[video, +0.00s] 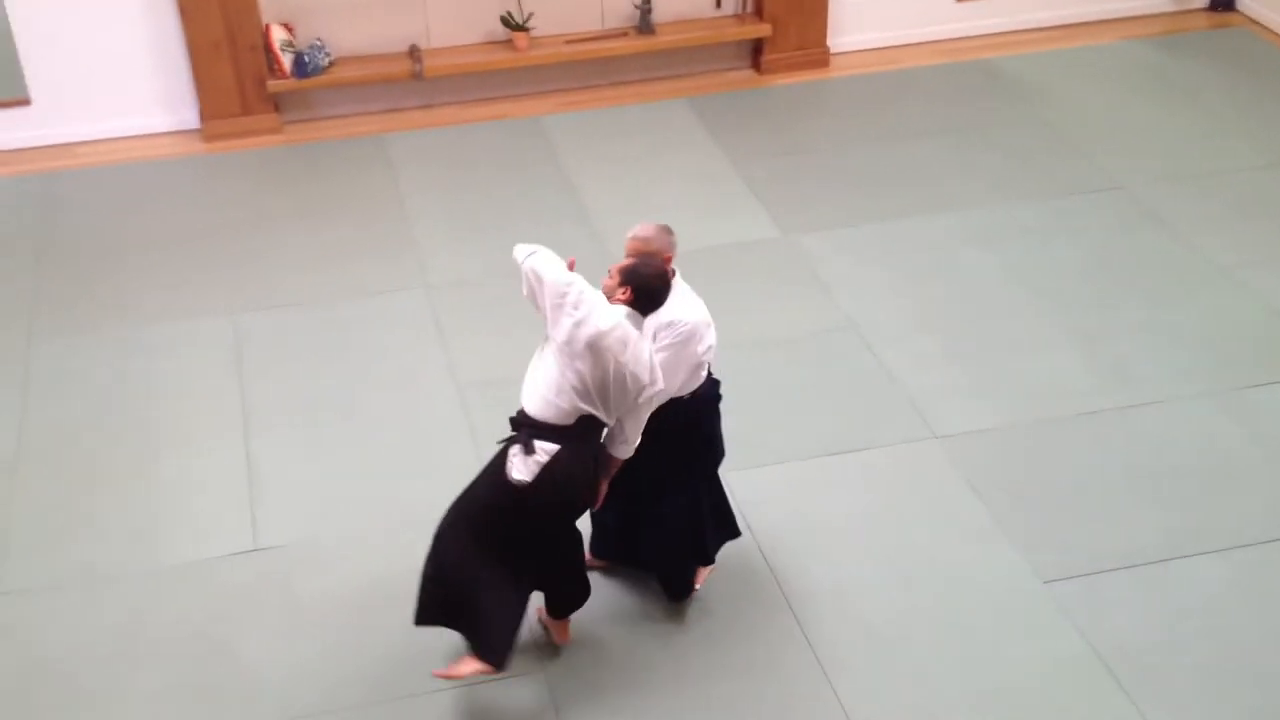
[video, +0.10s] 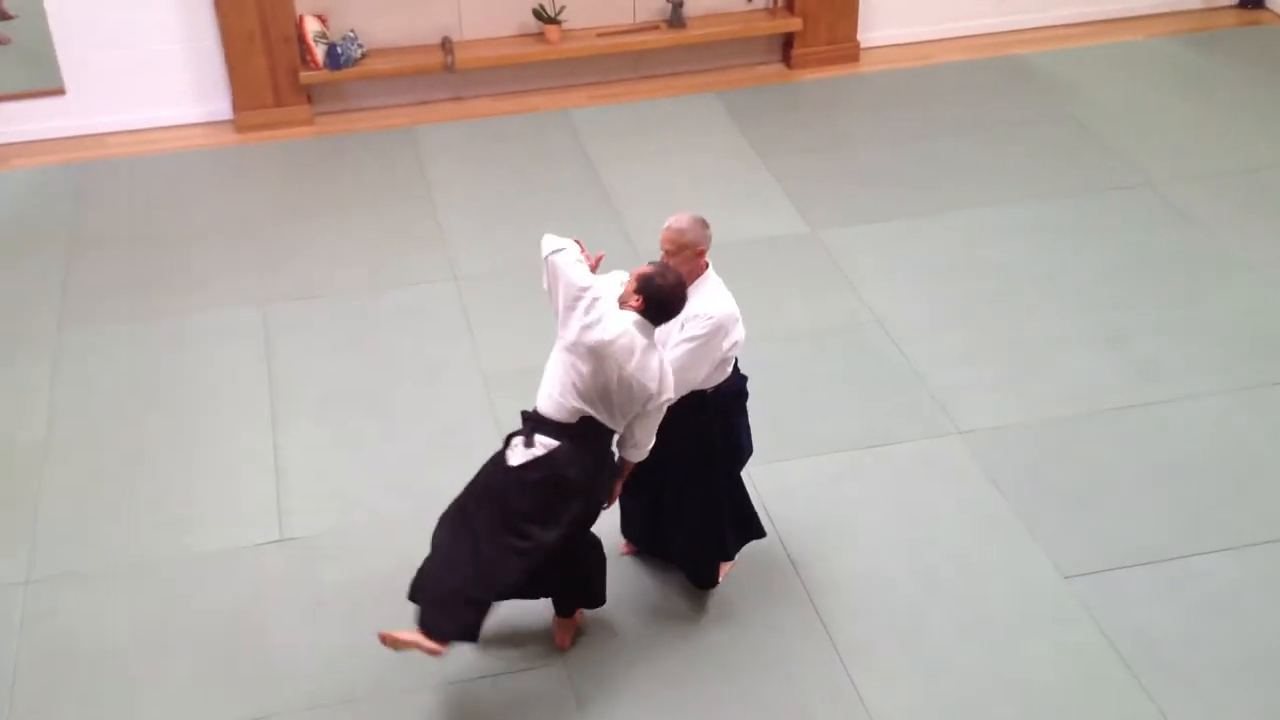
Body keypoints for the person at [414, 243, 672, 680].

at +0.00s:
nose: (605, 278)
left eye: (612, 276)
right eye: (611, 273)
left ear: (623, 293)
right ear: (644, 302)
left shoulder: (581, 307)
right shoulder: (646, 363)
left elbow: (528, 256)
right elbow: (627, 433)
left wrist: (561, 266)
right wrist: (604, 476)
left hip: (536, 452)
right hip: (584, 458)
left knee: (467, 531)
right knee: (557, 534)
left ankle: (486, 651)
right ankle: (558, 618)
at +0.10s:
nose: (626, 274)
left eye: (632, 276)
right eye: (635, 273)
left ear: (635, 298)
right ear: (662, 315)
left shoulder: (591, 308)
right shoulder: (658, 373)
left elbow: (555, 249)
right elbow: (638, 441)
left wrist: (579, 261)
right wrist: (620, 477)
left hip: (545, 447)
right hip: (595, 461)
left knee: (471, 522)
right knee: (571, 534)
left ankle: (436, 629)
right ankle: (565, 621)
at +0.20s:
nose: (634, 267)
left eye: (640, 270)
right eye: (644, 267)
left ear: (639, 294)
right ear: (665, 312)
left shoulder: (597, 304)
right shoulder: (656, 366)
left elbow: (556, 241)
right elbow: (644, 430)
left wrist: (585, 255)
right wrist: (627, 466)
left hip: (542, 431)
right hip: (592, 449)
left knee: (472, 499)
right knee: (573, 529)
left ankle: (433, 594)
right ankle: (576, 613)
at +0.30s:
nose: (644, 244)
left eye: (648, 249)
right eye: (652, 244)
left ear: (636, 273)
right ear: (671, 297)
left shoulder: (590, 275)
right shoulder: (652, 343)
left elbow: (556, 216)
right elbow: (642, 405)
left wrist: (587, 231)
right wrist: (629, 443)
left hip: (531, 405)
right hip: (584, 426)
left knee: (471, 478)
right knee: (574, 508)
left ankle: (443, 579)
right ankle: (579, 594)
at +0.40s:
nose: (634, 236)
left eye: (636, 242)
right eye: (639, 239)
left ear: (625, 261)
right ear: (662, 288)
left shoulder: (578, 260)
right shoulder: (645, 335)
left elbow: (553, 199)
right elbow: (635, 395)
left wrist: (583, 216)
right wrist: (624, 431)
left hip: (524, 394)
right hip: (576, 416)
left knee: (490, 471)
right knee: (574, 503)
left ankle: (463, 559)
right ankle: (580, 588)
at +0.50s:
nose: (621, 238)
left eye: (622, 242)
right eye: (633, 240)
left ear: (609, 260)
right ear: (647, 289)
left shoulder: (566, 262)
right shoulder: (628, 334)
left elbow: (545, 194)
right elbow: (621, 395)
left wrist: (579, 201)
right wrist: (615, 426)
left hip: (509, 391)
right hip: (563, 413)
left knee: (496, 471)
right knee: (572, 497)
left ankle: (493, 544)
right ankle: (584, 585)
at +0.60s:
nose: (629, 241)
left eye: (622, 244)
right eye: (638, 245)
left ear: (601, 256)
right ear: (634, 291)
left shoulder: (561, 259)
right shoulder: (614, 334)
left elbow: (552, 189)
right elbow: (607, 390)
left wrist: (585, 192)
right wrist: (609, 419)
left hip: (500, 377)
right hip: (552, 398)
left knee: (499, 460)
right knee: (577, 472)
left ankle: (498, 545)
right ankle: (580, 562)